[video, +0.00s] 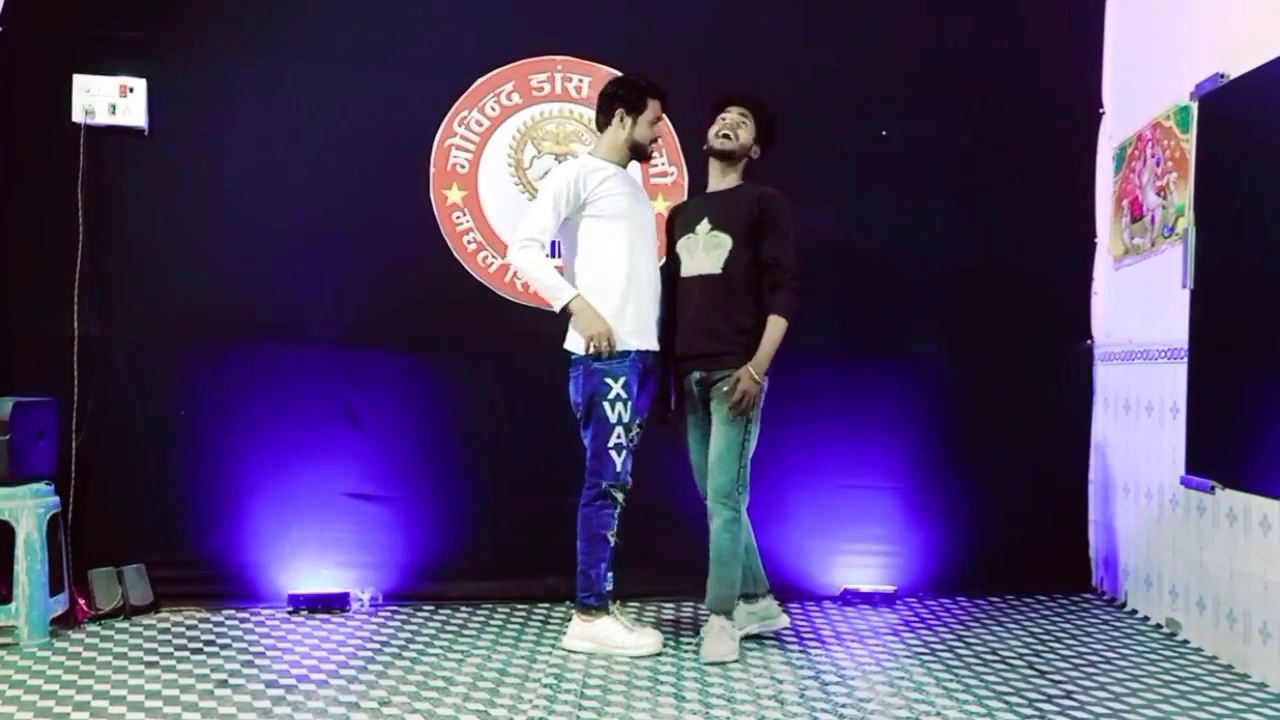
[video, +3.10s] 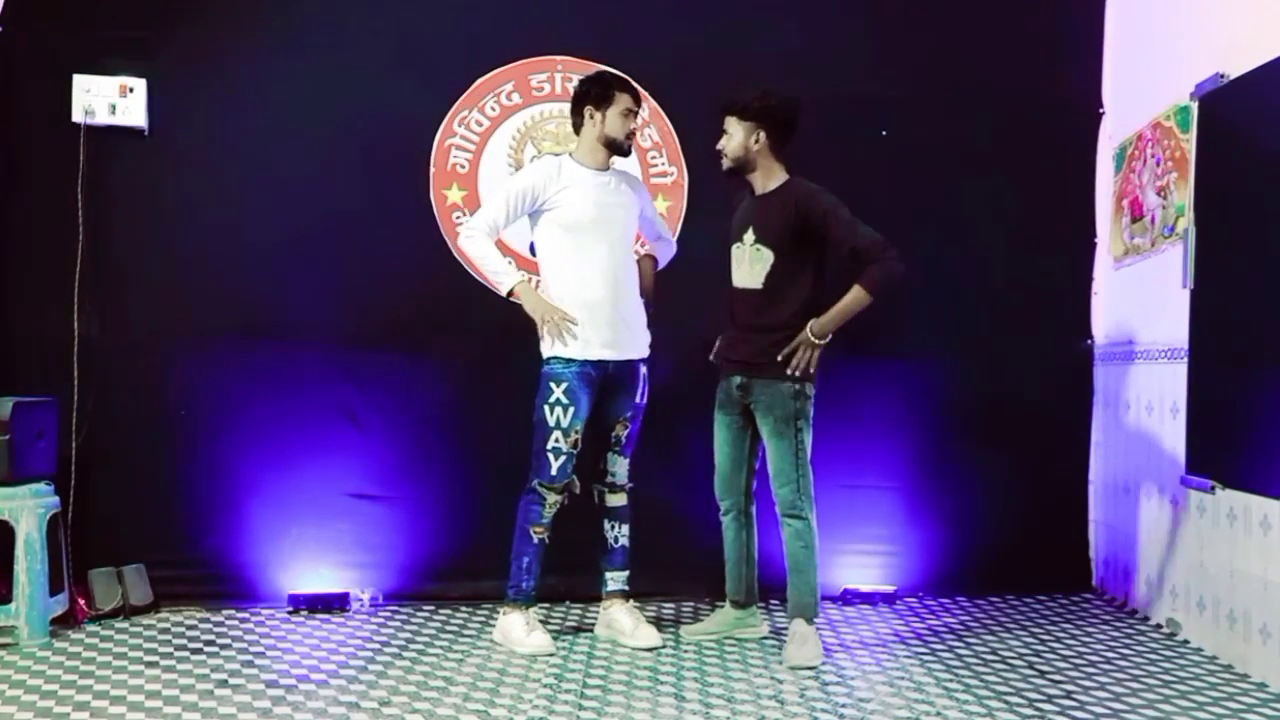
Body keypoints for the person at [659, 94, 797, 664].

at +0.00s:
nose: (727, 126)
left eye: (741, 124)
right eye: (722, 118)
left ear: (754, 147)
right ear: (706, 134)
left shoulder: (765, 203)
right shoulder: (680, 213)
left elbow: (784, 294)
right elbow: (670, 292)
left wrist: (759, 367)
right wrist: (669, 367)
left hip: (736, 367)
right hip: (686, 368)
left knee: (725, 494)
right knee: (715, 493)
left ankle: (719, 617)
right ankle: (759, 601)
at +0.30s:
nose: (731, 130)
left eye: (740, 129)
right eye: (722, 126)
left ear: (749, 154)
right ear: (700, 149)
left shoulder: (766, 210)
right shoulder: (667, 208)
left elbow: (788, 293)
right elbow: (640, 280)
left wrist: (791, 373)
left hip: (744, 369)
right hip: (678, 368)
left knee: (732, 494)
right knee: (677, 494)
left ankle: (720, 620)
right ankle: (732, 590)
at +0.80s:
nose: (698, 154)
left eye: (709, 146)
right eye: (696, 145)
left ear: (740, 154)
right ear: (697, 152)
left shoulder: (765, 225)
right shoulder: (674, 214)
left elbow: (784, 312)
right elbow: (649, 291)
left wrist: (786, 397)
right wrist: (639, 357)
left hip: (739, 360)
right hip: (679, 366)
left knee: (727, 461)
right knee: (700, 492)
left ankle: (737, 592)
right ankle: (727, 600)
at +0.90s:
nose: (698, 157)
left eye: (710, 149)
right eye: (697, 148)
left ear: (741, 157)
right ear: (696, 154)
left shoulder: (766, 225)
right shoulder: (677, 213)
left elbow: (784, 314)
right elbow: (655, 288)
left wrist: (784, 400)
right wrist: (641, 353)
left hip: (741, 351)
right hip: (685, 358)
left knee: (718, 426)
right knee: (701, 491)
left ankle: (761, 533)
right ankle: (732, 603)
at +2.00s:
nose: (742, 162)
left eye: (754, 156)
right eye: (745, 153)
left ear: (786, 168)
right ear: (756, 162)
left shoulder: (796, 246)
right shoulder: (714, 207)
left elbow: (803, 334)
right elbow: (664, 255)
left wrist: (797, 420)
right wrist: (630, 308)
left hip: (755, 370)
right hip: (696, 372)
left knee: (773, 477)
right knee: (706, 497)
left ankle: (794, 598)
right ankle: (733, 603)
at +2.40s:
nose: (737, 145)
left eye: (746, 135)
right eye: (738, 135)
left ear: (777, 141)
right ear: (768, 143)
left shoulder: (824, 217)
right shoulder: (735, 207)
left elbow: (850, 314)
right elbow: (719, 292)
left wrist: (838, 399)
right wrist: (699, 357)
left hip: (793, 377)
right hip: (728, 374)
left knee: (798, 505)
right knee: (723, 499)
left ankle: (802, 622)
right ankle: (736, 606)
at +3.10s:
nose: (720, 143)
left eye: (728, 133)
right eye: (722, 133)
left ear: (758, 139)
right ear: (752, 140)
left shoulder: (807, 201)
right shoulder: (744, 203)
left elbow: (885, 263)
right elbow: (757, 281)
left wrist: (823, 325)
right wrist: (729, 335)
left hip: (784, 377)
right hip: (733, 372)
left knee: (793, 505)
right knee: (731, 498)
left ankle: (802, 623)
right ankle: (740, 609)